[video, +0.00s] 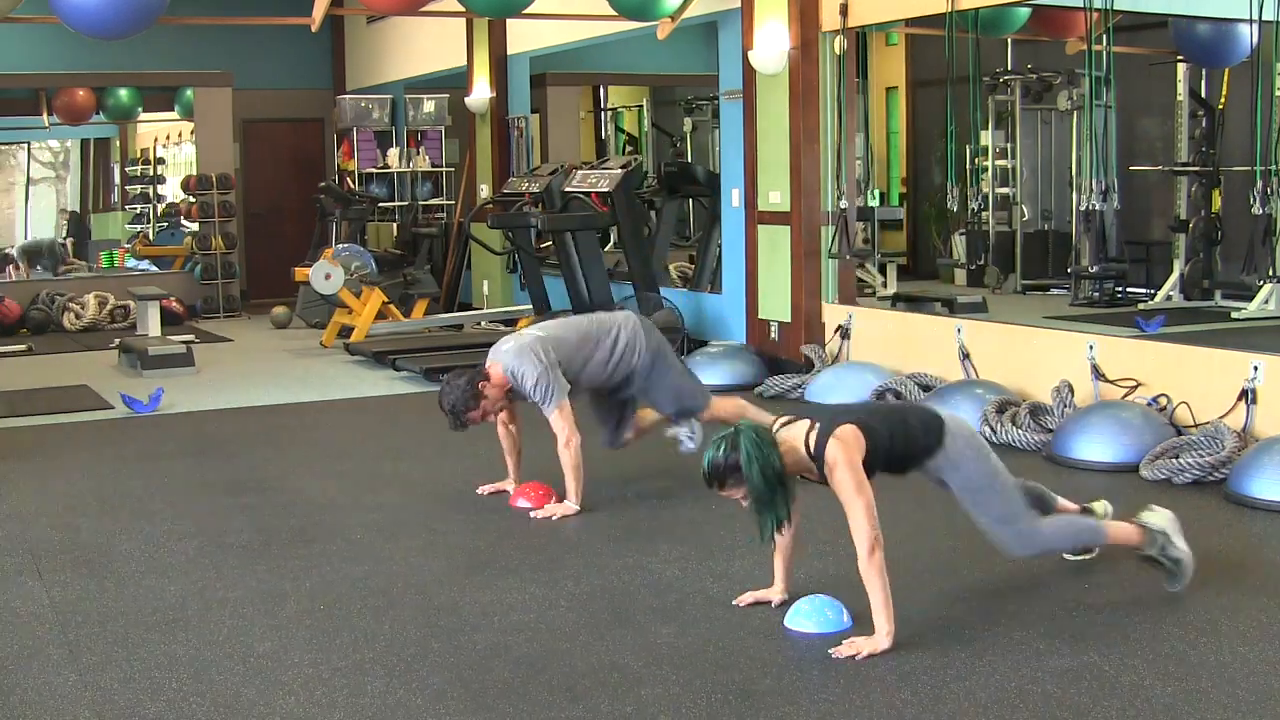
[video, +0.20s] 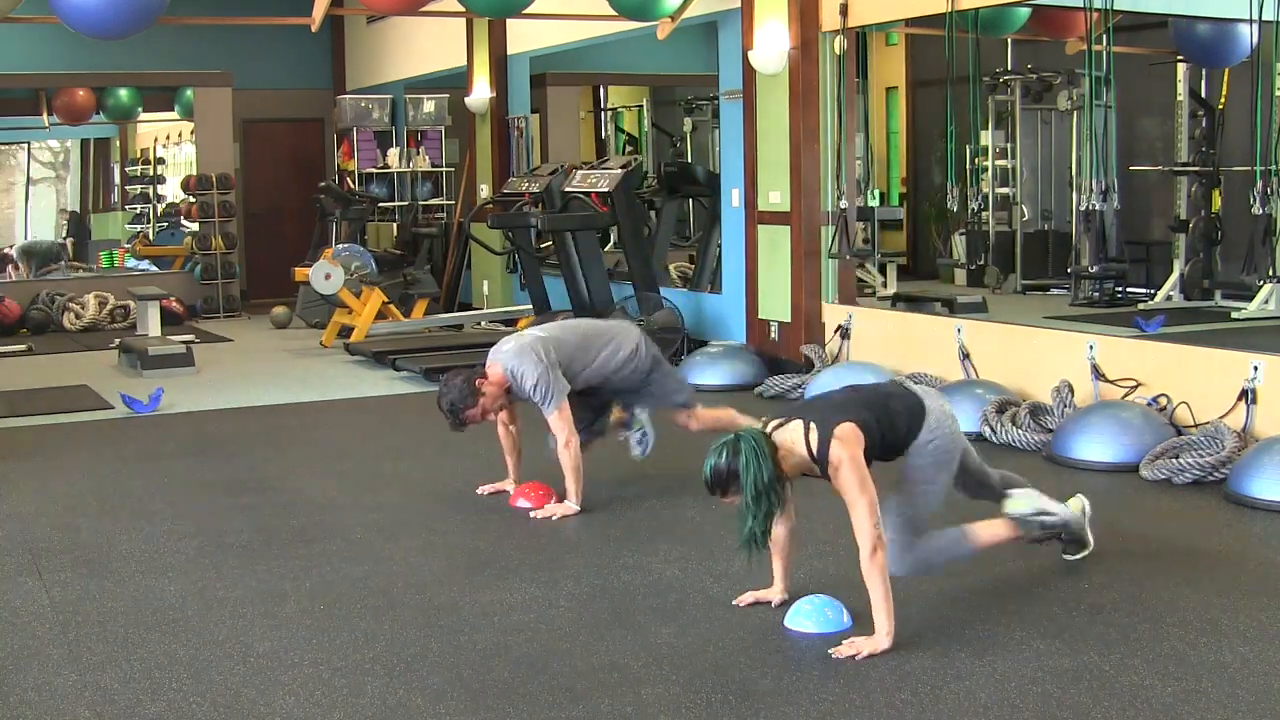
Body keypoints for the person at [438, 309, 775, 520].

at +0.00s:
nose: (491, 418)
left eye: (485, 414)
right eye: (484, 418)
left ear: (485, 388)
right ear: (482, 387)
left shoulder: (529, 365)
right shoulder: (496, 371)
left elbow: (566, 435)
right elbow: (507, 423)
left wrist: (573, 502)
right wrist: (513, 481)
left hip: (632, 341)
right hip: (601, 369)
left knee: (697, 405)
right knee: (619, 433)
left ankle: (783, 426)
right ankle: (677, 413)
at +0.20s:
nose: (490, 421)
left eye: (484, 415)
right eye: (483, 420)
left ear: (482, 392)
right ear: (477, 389)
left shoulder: (530, 368)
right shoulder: (494, 371)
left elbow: (566, 439)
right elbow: (507, 423)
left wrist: (573, 501)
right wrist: (512, 480)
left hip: (631, 355)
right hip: (591, 371)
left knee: (692, 420)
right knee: (572, 437)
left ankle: (764, 428)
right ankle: (627, 418)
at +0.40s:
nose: (494, 411)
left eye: (490, 408)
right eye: (488, 414)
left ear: (486, 384)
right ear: (483, 383)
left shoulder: (539, 368)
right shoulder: (495, 375)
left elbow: (572, 438)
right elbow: (507, 423)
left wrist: (574, 502)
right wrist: (512, 479)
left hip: (630, 393)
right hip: (581, 406)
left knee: (698, 447)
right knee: (548, 468)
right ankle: (615, 446)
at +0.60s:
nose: (495, 414)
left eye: (491, 410)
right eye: (489, 416)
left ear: (489, 386)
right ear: (486, 384)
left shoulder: (541, 371)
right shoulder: (496, 375)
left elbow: (575, 439)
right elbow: (508, 424)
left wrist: (573, 503)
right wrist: (512, 479)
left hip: (632, 391)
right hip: (586, 404)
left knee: (696, 445)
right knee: (552, 473)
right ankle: (627, 451)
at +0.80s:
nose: (489, 426)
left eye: (484, 420)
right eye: (482, 425)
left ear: (488, 396)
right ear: (481, 395)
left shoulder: (531, 372)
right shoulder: (492, 374)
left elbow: (567, 438)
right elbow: (505, 425)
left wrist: (573, 502)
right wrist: (513, 480)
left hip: (630, 339)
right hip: (595, 368)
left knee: (690, 404)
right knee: (608, 437)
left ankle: (771, 421)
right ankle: (667, 407)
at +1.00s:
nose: (487, 423)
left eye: (482, 418)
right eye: (481, 422)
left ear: (486, 396)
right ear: (480, 393)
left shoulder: (531, 371)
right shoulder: (494, 374)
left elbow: (570, 441)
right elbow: (507, 425)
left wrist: (574, 502)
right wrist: (514, 479)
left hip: (636, 356)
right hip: (610, 375)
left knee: (708, 428)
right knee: (657, 431)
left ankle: (782, 433)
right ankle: (725, 416)